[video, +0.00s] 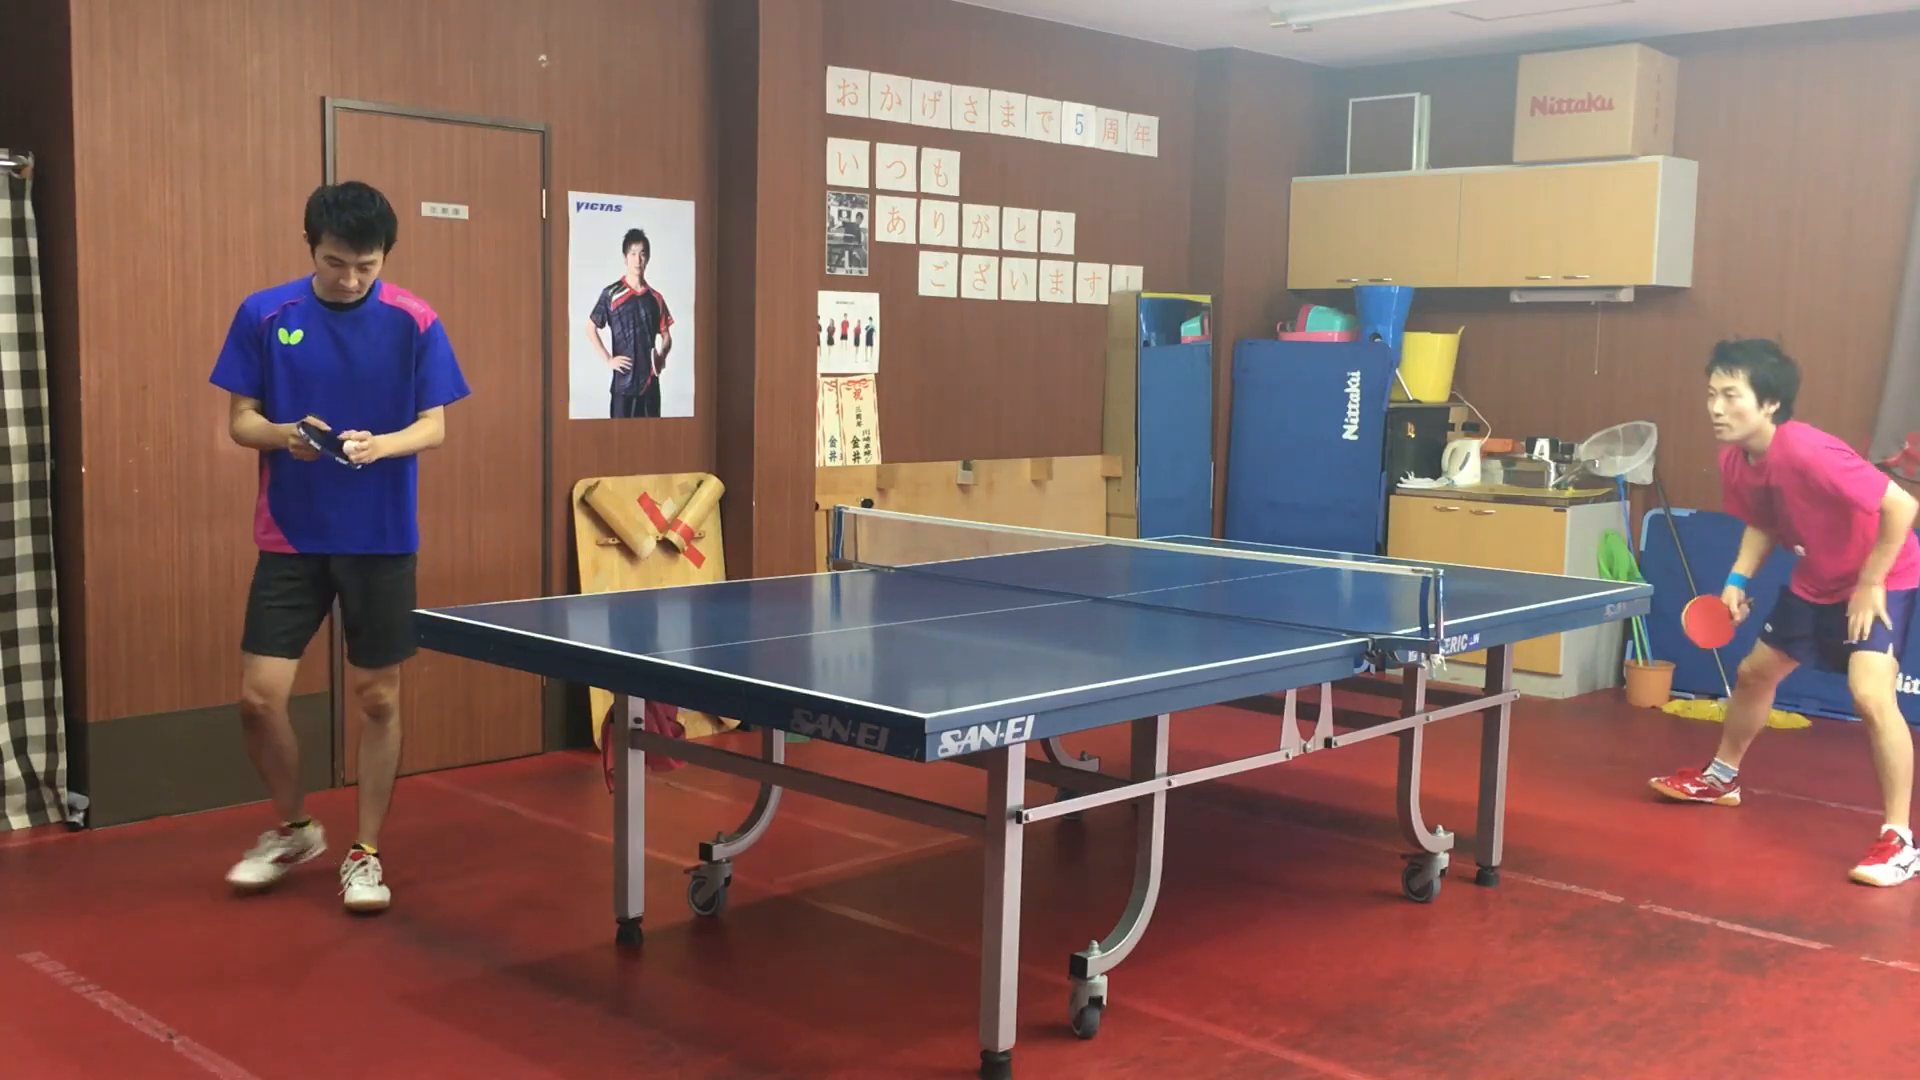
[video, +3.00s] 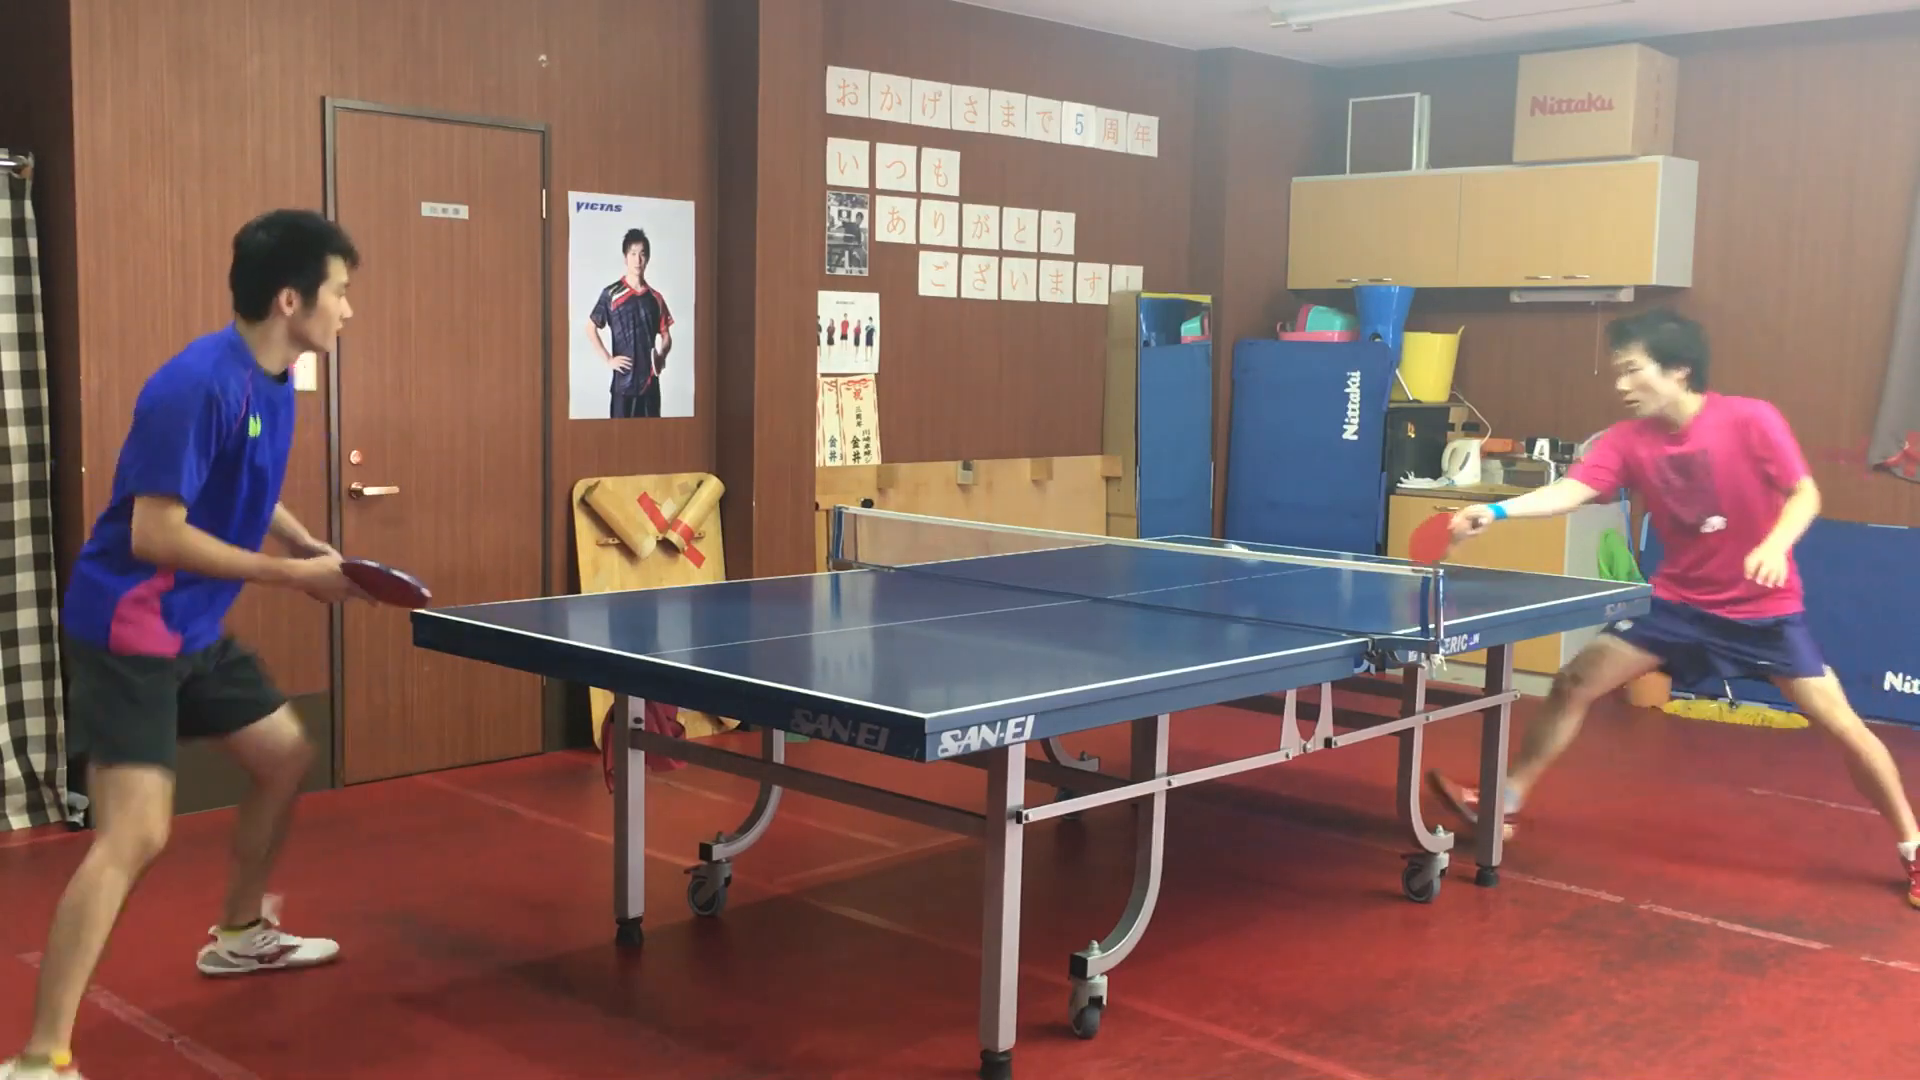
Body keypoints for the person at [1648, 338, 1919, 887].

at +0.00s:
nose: (1715, 407)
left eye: (1730, 395)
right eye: (1712, 395)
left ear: (1770, 405)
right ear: (1709, 398)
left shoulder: (1808, 452)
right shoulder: (1735, 461)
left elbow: (1902, 506)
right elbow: (1761, 522)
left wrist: (1871, 582)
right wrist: (1737, 580)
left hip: (1881, 580)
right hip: (1814, 578)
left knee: (1871, 697)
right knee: (1754, 673)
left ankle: (1899, 837)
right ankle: (1721, 776)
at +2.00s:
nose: (1698, 438)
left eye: (1714, 427)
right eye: (1695, 426)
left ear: (1753, 441)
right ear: (1692, 431)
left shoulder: (1793, 489)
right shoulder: (1716, 489)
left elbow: (1855, 561)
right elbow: (1715, 562)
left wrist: (1827, 639)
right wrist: (1674, 587)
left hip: (1853, 613)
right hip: (1783, 612)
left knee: (1826, 710)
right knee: (1687, 681)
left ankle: (1901, 836)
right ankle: (1713, 778)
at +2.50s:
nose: (1711, 370)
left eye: (1727, 359)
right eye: (1709, 359)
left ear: (1767, 373)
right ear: (1706, 366)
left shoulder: (1809, 432)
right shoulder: (1723, 432)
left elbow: (1865, 506)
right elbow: (1718, 508)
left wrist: (1827, 578)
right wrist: (1668, 528)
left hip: (1835, 588)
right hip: (1763, 585)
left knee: (1857, 709)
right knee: (1703, 679)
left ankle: (1911, 831)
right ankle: (1714, 776)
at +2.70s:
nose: (1697, 357)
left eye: (1712, 345)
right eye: (1694, 345)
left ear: (1753, 353)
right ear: (1695, 351)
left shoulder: (1793, 410)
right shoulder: (1710, 422)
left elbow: (1854, 486)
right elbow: (1675, 490)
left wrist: (1799, 552)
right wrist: (1602, 507)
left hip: (1847, 572)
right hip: (1780, 569)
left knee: (1866, 707)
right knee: (1708, 674)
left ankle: (1919, 835)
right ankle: (1713, 807)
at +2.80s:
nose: (1695, 367)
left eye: (1709, 354)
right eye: (1693, 356)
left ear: (1753, 362)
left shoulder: (1811, 421)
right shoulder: (1704, 433)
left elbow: (1869, 495)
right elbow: (1648, 494)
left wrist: (1825, 564)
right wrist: (1568, 506)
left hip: (1838, 597)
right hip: (1757, 591)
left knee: (1876, 726)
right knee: (1666, 677)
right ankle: (1701, 797)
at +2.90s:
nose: (1674, 376)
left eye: (1687, 362)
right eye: (1673, 364)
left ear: (1734, 370)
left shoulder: (1800, 427)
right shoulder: (1679, 442)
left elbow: (1854, 505)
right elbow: (1616, 494)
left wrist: (1815, 560)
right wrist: (1536, 508)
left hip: (1808, 614)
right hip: (1725, 603)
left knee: (1863, 731)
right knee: (1616, 665)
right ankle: (1633, 795)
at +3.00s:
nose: (1621, 383)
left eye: (1631, 369)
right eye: (1617, 372)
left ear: (1679, 372)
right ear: (1631, 379)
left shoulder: (1751, 421)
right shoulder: (1628, 442)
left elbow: (1806, 495)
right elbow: (1567, 493)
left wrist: (1774, 545)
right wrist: (1493, 510)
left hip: (1765, 613)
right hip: (1677, 605)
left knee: (1840, 724)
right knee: (1574, 681)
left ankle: (1911, 842)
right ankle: (1504, 803)